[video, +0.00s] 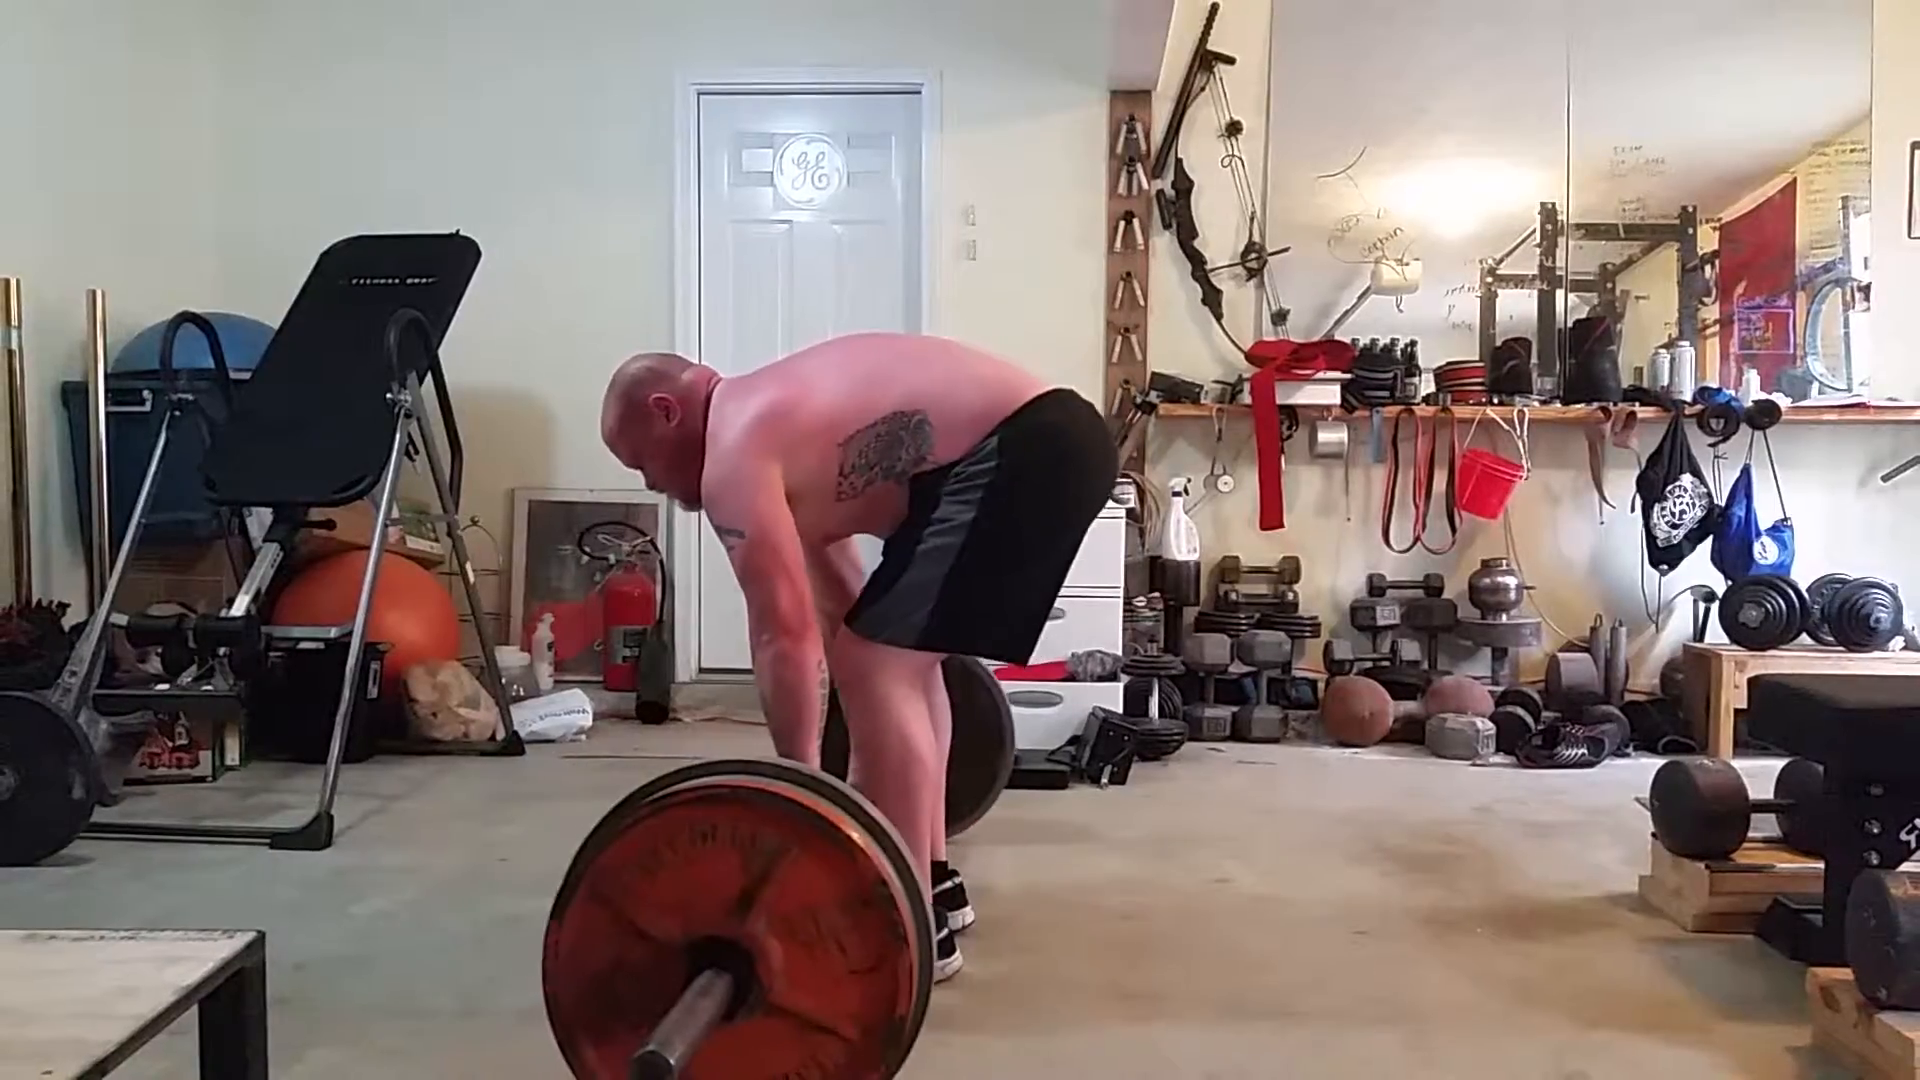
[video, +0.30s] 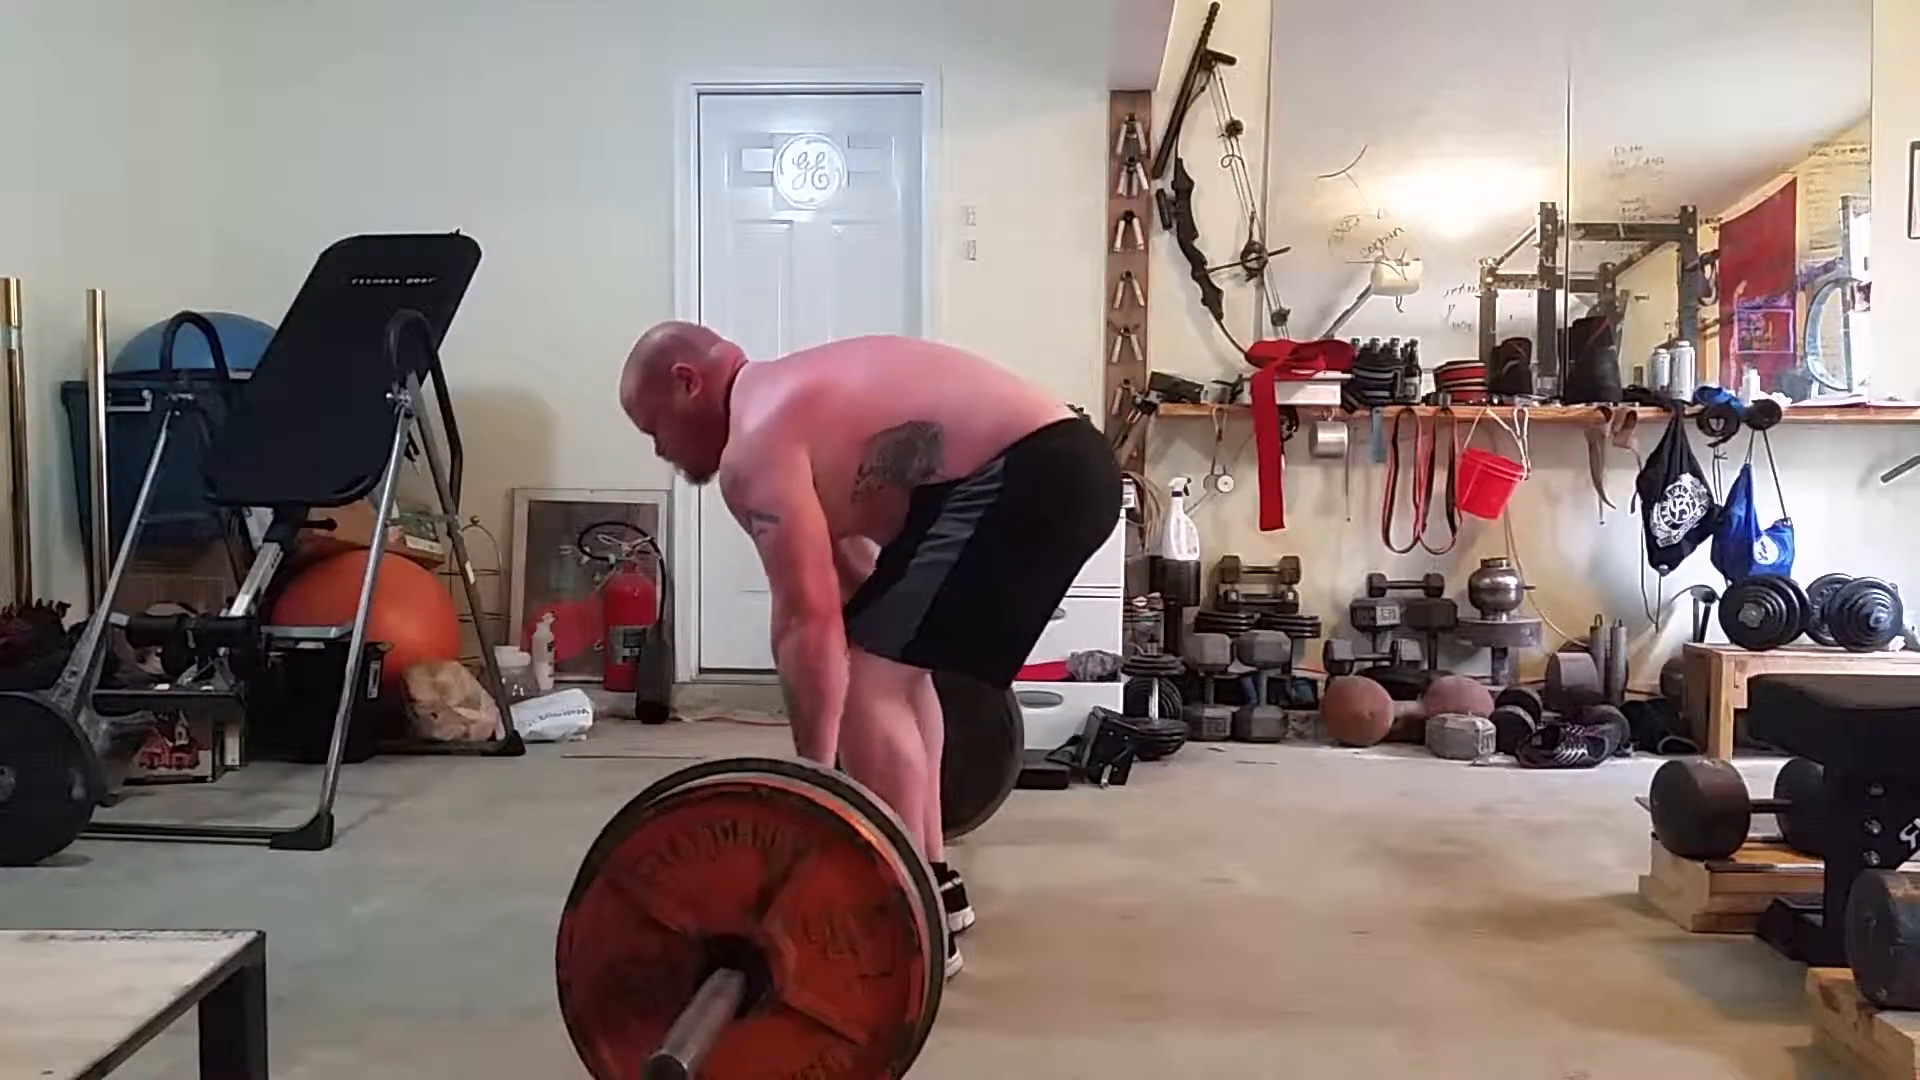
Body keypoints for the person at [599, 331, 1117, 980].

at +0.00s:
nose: (654, 488)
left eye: (640, 465)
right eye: (637, 473)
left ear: (668, 413)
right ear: (677, 405)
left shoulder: (735, 459)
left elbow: (787, 636)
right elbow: (846, 609)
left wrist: (792, 803)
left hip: (1021, 452)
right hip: (1046, 442)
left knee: (873, 659)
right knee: (907, 660)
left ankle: (904, 921)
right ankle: (931, 886)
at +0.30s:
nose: (657, 451)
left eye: (652, 429)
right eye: (648, 434)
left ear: (689, 384)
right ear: (701, 379)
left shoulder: (759, 446)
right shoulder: (784, 410)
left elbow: (809, 624)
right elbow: (859, 587)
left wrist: (811, 788)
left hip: (1026, 472)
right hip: (1050, 462)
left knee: (871, 678)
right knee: (890, 666)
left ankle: (911, 905)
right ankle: (929, 876)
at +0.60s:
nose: (661, 416)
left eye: (656, 392)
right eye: (651, 400)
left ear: (697, 350)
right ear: (705, 345)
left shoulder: (768, 408)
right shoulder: (789, 375)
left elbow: (823, 582)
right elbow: (863, 556)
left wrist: (822, 753)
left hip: (1025, 452)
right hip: (1042, 445)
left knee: (884, 669)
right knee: (904, 662)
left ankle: (912, 910)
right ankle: (928, 885)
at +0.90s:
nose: (660, 318)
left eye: (658, 294)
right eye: (652, 301)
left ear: (700, 255)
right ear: (711, 253)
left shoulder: (766, 312)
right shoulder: (790, 294)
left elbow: (826, 487)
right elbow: (875, 487)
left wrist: (831, 658)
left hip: (1010, 414)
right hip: (986, 419)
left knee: (931, 666)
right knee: (925, 666)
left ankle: (908, 918)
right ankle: (918, 887)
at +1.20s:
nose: (699, 133)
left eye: (711, 110)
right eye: (700, 114)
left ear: (766, 105)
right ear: (779, 110)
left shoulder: (810, 188)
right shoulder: (825, 183)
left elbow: (846, 368)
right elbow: (831, 376)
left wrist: (827, 538)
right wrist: (820, 535)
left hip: (983, 406)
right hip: (968, 405)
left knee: (917, 649)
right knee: (917, 644)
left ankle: (912, 917)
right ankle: (920, 881)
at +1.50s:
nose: (825, 11)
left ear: (884, 5)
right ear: (920, 11)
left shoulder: (895, 91)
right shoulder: (942, 96)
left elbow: (882, 276)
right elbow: (922, 283)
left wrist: (806, 431)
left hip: (923, 406)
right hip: (958, 407)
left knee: (892, 661)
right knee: (920, 657)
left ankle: (908, 920)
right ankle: (928, 881)